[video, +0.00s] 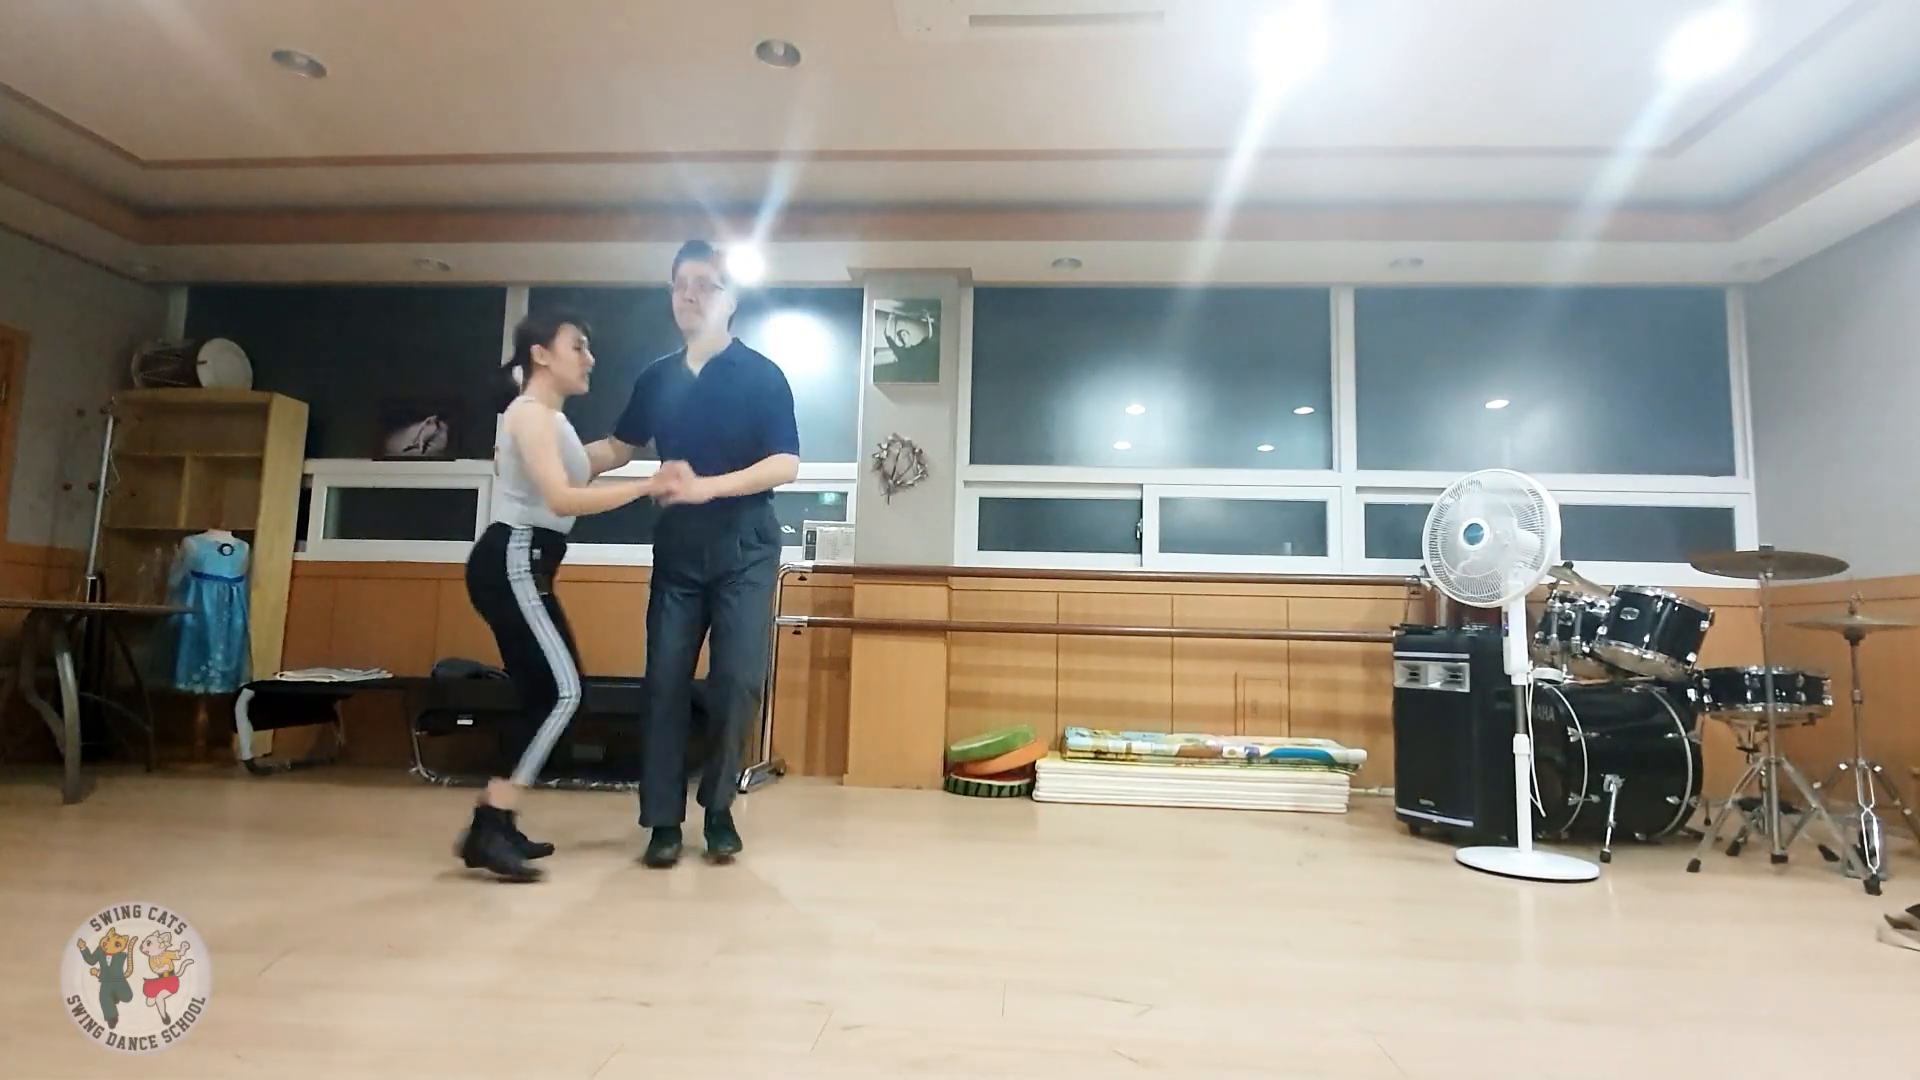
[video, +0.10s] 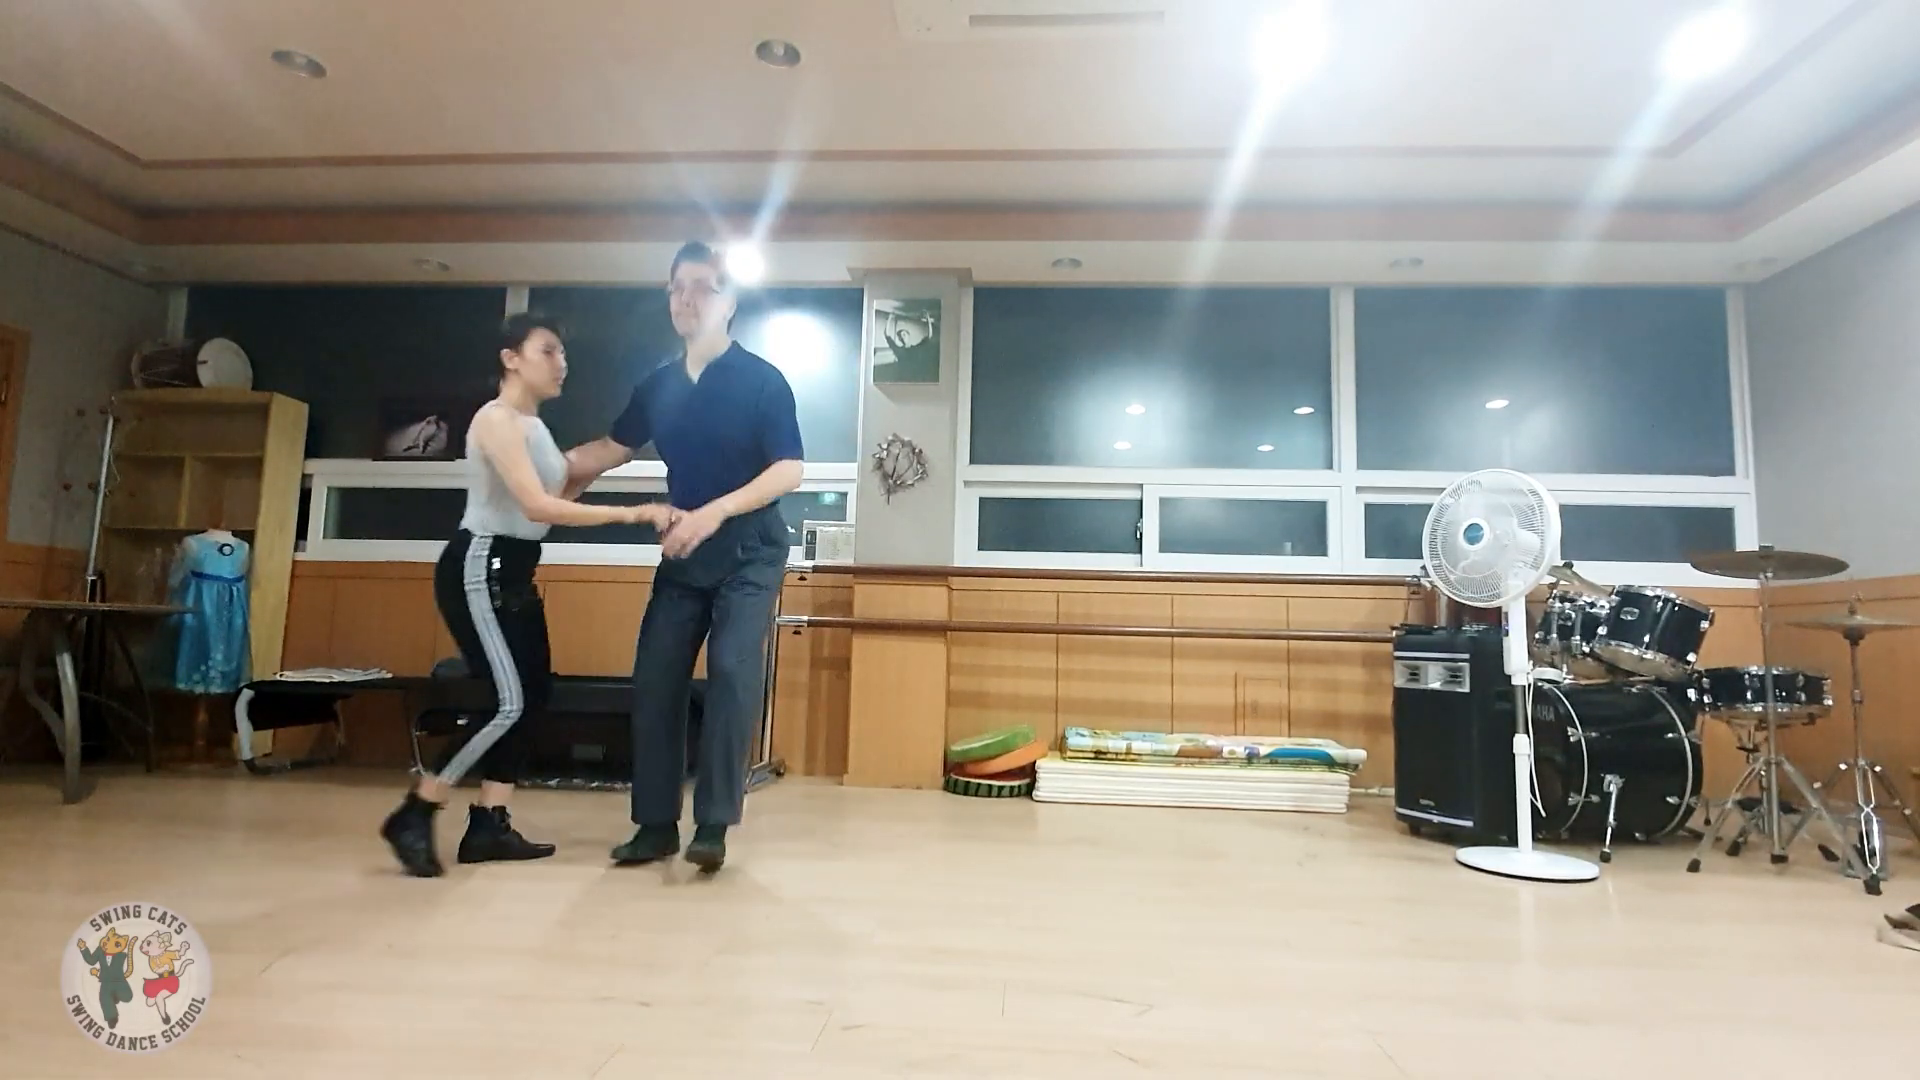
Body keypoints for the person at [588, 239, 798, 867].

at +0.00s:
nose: (689, 297)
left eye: (704, 287)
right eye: (681, 287)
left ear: (729, 297)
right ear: (671, 295)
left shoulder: (762, 375)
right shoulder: (657, 378)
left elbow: (784, 464)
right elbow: (620, 446)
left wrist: (703, 486)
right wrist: (553, 461)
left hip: (747, 548)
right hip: (677, 548)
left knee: (739, 681)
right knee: (665, 683)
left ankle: (719, 807)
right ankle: (664, 823)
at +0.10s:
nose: (687, 300)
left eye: (703, 289)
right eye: (679, 289)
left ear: (729, 300)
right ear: (670, 297)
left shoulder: (763, 381)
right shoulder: (658, 385)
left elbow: (789, 471)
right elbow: (611, 449)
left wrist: (714, 511)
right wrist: (541, 474)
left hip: (751, 548)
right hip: (684, 550)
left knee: (732, 672)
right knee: (655, 679)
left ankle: (712, 827)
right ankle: (656, 826)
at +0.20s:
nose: (681, 309)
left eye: (698, 299)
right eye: (675, 299)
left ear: (726, 311)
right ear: (668, 311)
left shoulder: (764, 392)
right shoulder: (658, 401)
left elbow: (801, 480)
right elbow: (602, 457)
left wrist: (735, 533)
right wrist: (522, 477)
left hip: (759, 559)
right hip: (694, 559)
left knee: (729, 677)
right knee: (644, 674)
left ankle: (702, 839)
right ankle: (649, 825)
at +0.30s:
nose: (680, 321)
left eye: (696, 309)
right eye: (674, 311)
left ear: (727, 323)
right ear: (668, 324)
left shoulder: (766, 403)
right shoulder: (656, 413)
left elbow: (810, 489)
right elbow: (592, 458)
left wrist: (758, 552)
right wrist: (516, 472)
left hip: (771, 564)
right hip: (708, 564)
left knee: (727, 679)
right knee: (637, 673)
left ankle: (698, 847)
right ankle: (649, 825)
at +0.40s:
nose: (678, 327)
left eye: (695, 316)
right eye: (672, 317)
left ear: (728, 329)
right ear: (667, 328)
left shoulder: (768, 408)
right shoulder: (658, 417)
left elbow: (820, 492)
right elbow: (588, 455)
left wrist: (776, 557)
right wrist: (514, 465)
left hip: (778, 569)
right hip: (714, 573)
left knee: (724, 684)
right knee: (632, 682)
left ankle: (694, 845)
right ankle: (650, 822)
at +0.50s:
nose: (678, 331)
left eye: (696, 320)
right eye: (674, 321)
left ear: (731, 336)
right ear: (669, 333)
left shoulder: (771, 409)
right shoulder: (660, 420)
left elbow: (827, 491)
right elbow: (588, 455)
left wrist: (788, 557)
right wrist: (514, 468)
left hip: (782, 575)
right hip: (719, 579)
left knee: (722, 687)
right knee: (631, 685)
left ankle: (693, 846)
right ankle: (652, 819)